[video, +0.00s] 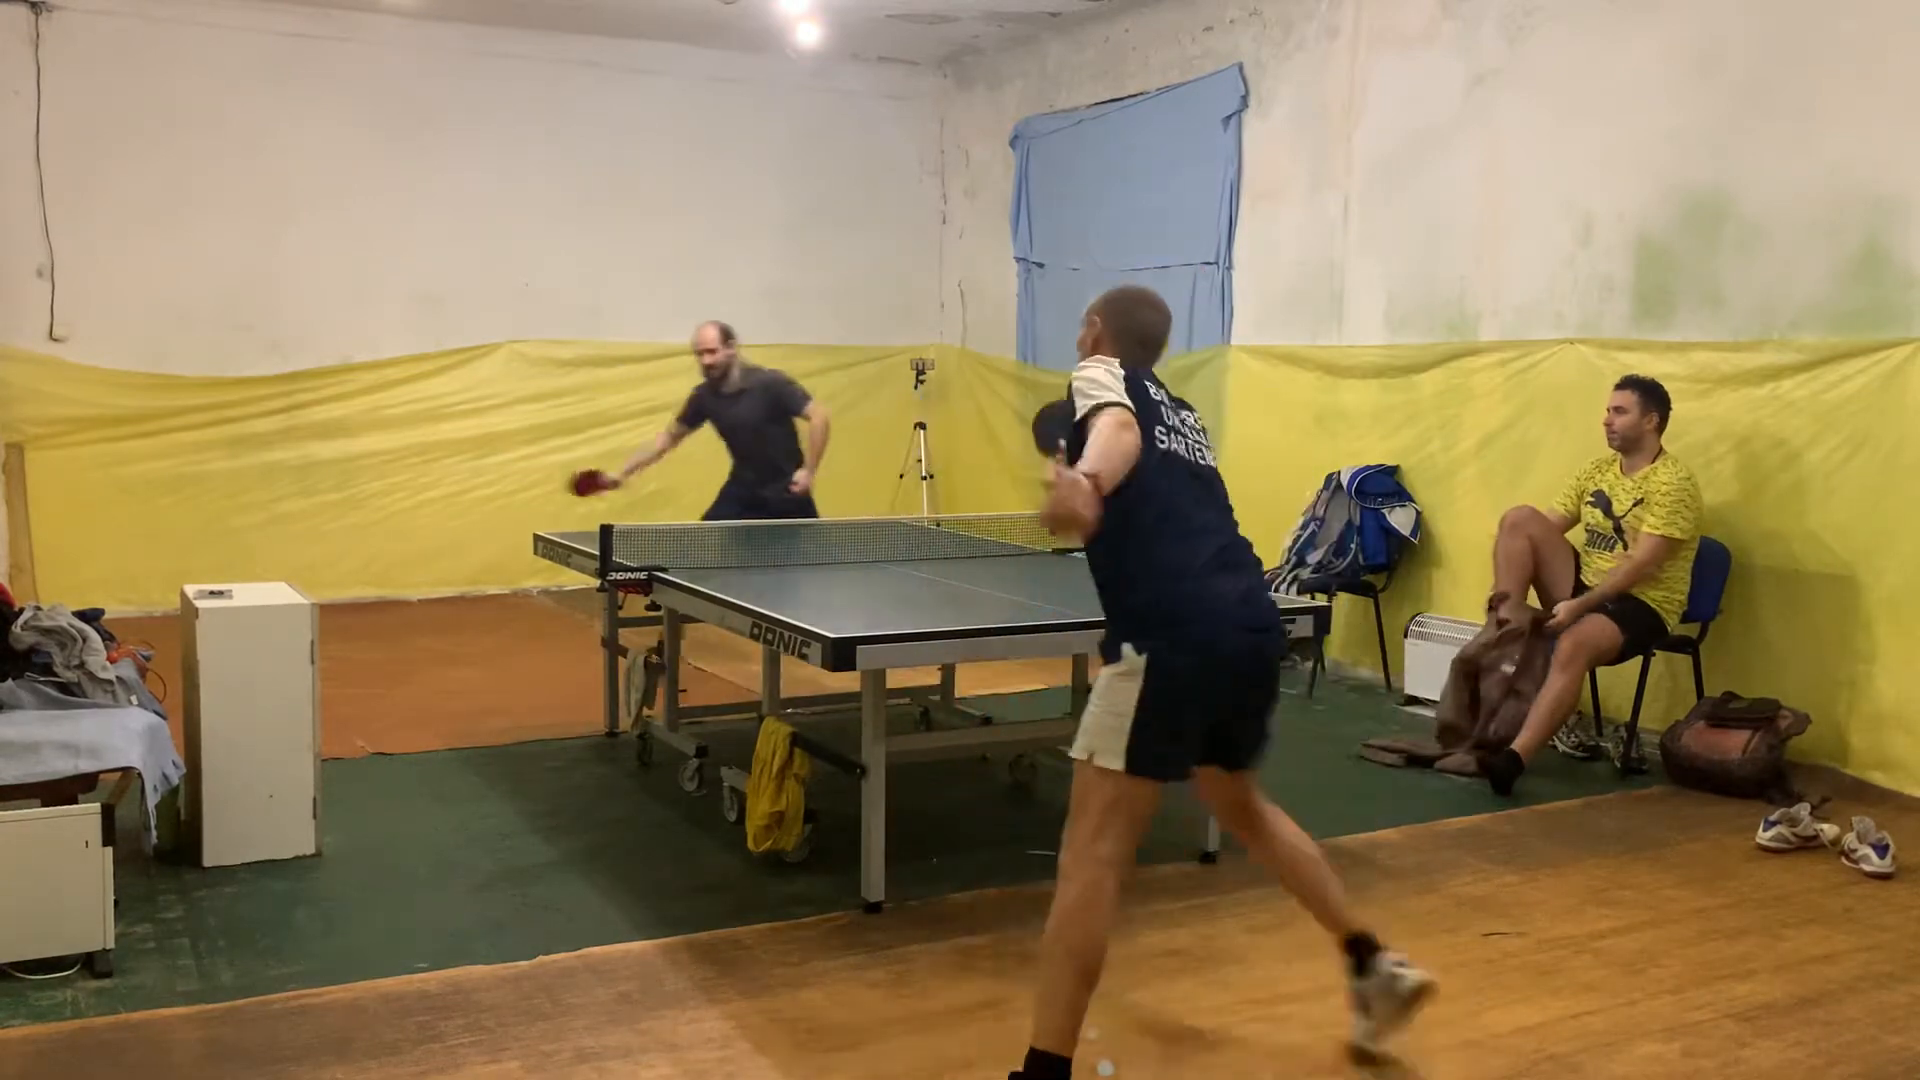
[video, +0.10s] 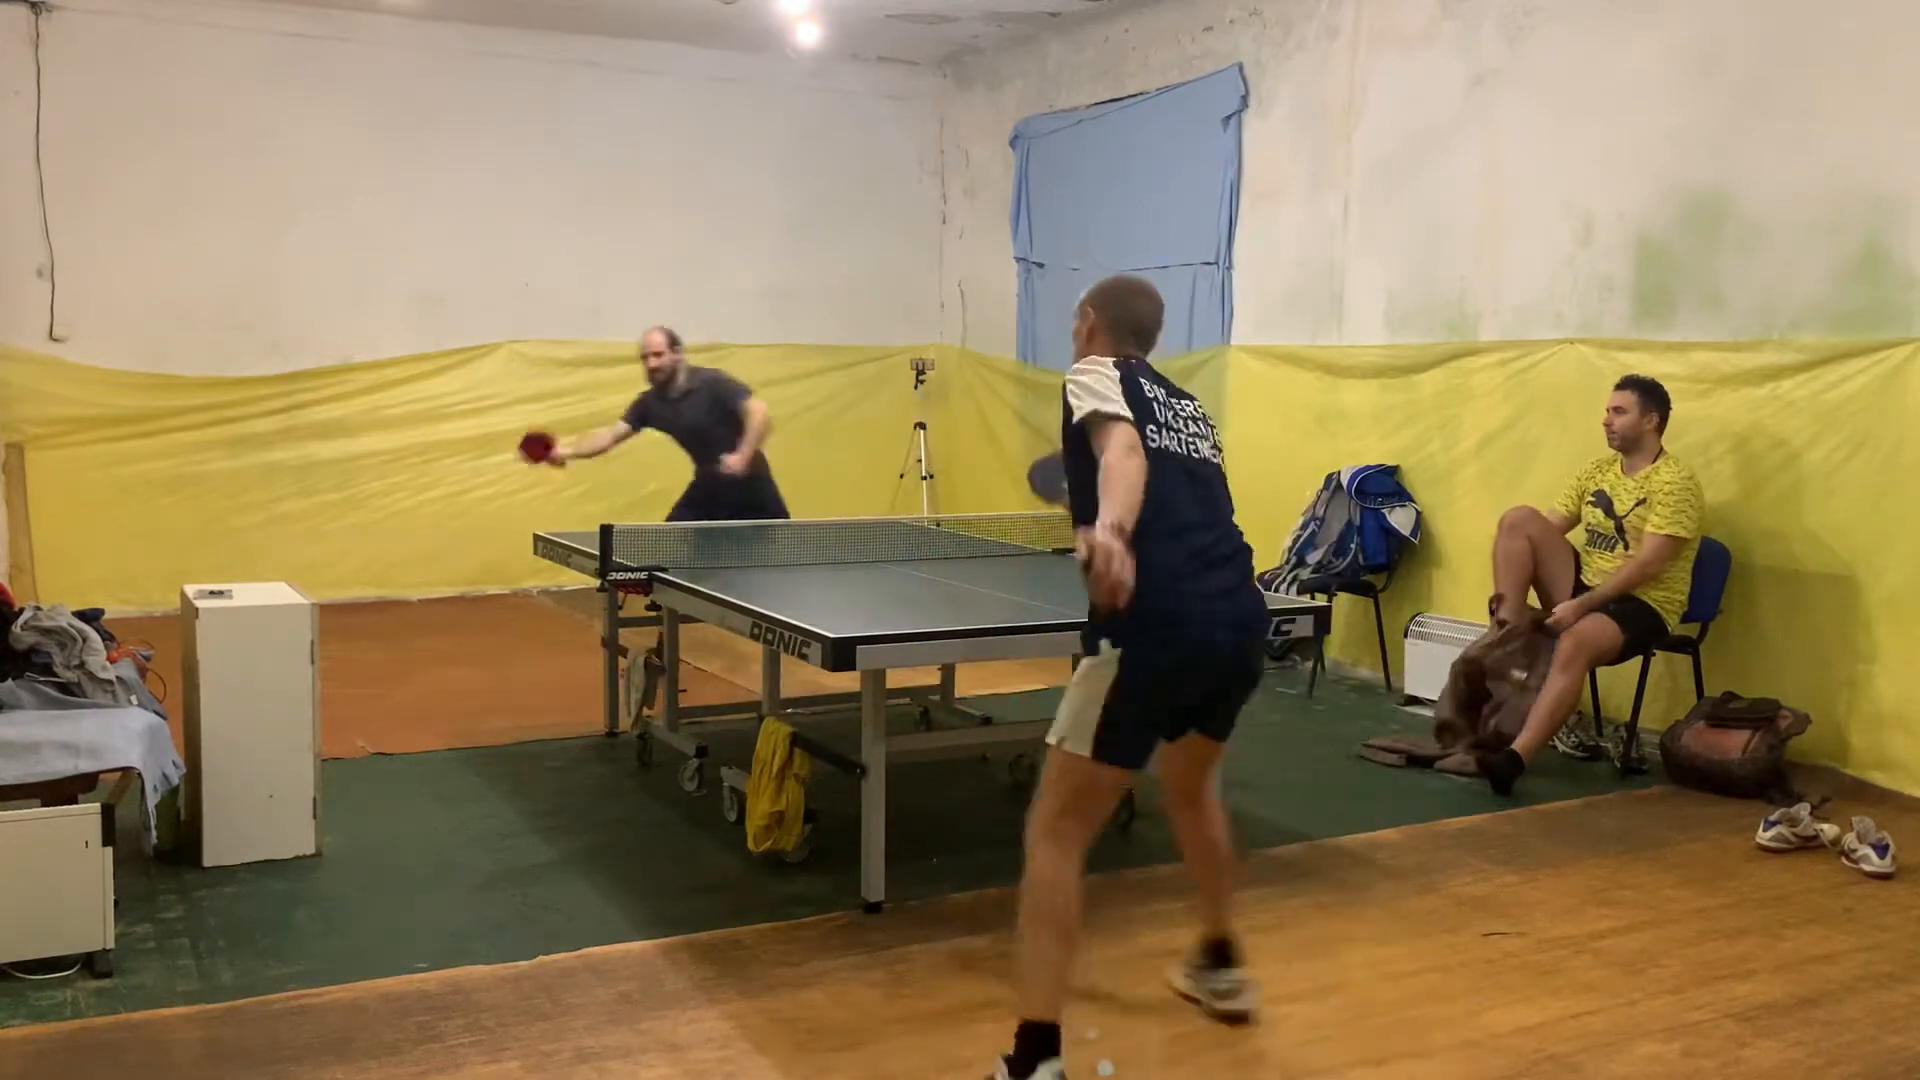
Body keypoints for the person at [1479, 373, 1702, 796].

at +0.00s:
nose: (1608, 420)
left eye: (1619, 412)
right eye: (1608, 412)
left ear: (1652, 421)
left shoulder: (1675, 484)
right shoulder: (1598, 471)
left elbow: (1643, 563)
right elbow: (1546, 528)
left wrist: (1581, 604)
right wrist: (1506, 589)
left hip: (1645, 601)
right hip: (1589, 587)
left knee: (1572, 647)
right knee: (1519, 521)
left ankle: (1514, 759)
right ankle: (1509, 633)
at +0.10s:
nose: (1607, 420)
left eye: (1618, 412)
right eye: (1607, 412)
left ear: (1652, 421)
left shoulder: (1676, 484)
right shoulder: (1598, 472)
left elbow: (1648, 565)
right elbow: (1547, 529)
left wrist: (1582, 604)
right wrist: (1507, 590)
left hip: (1646, 601)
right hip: (1589, 588)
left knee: (1574, 645)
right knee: (1519, 522)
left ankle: (1514, 759)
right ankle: (1508, 643)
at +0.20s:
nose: (1608, 420)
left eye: (1619, 413)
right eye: (1608, 412)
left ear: (1653, 421)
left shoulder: (1677, 483)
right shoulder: (1601, 472)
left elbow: (1651, 563)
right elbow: (1549, 530)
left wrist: (1581, 600)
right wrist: (1505, 589)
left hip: (1646, 602)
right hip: (1590, 587)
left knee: (1576, 644)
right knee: (1518, 523)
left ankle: (1516, 759)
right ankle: (1503, 642)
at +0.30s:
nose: (1609, 420)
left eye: (1621, 412)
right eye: (1609, 412)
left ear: (1655, 421)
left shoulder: (1677, 483)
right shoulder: (1602, 473)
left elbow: (1652, 563)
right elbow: (1552, 531)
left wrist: (1580, 596)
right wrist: (1500, 582)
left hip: (1645, 602)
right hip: (1589, 587)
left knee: (1575, 645)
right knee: (1517, 524)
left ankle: (1515, 759)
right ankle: (1489, 649)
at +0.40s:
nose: (1611, 420)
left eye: (1623, 412)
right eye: (1611, 412)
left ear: (1656, 422)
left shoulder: (1678, 482)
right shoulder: (1603, 473)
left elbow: (1656, 561)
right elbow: (1555, 529)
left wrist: (1581, 587)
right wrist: (1497, 574)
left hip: (1647, 601)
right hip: (1591, 584)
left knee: (1575, 645)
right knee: (1514, 528)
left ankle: (1515, 759)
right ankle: (1474, 661)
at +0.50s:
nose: (1613, 421)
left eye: (1625, 413)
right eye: (1613, 412)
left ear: (1658, 422)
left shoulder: (1680, 483)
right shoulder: (1604, 474)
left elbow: (1660, 560)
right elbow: (1551, 530)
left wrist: (1581, 575)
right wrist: (1493, 567)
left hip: (1648, 601)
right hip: (1592, 585)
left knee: (1575, 643)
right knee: (1513, 533)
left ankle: (1515, 759)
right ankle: (1464, 657)